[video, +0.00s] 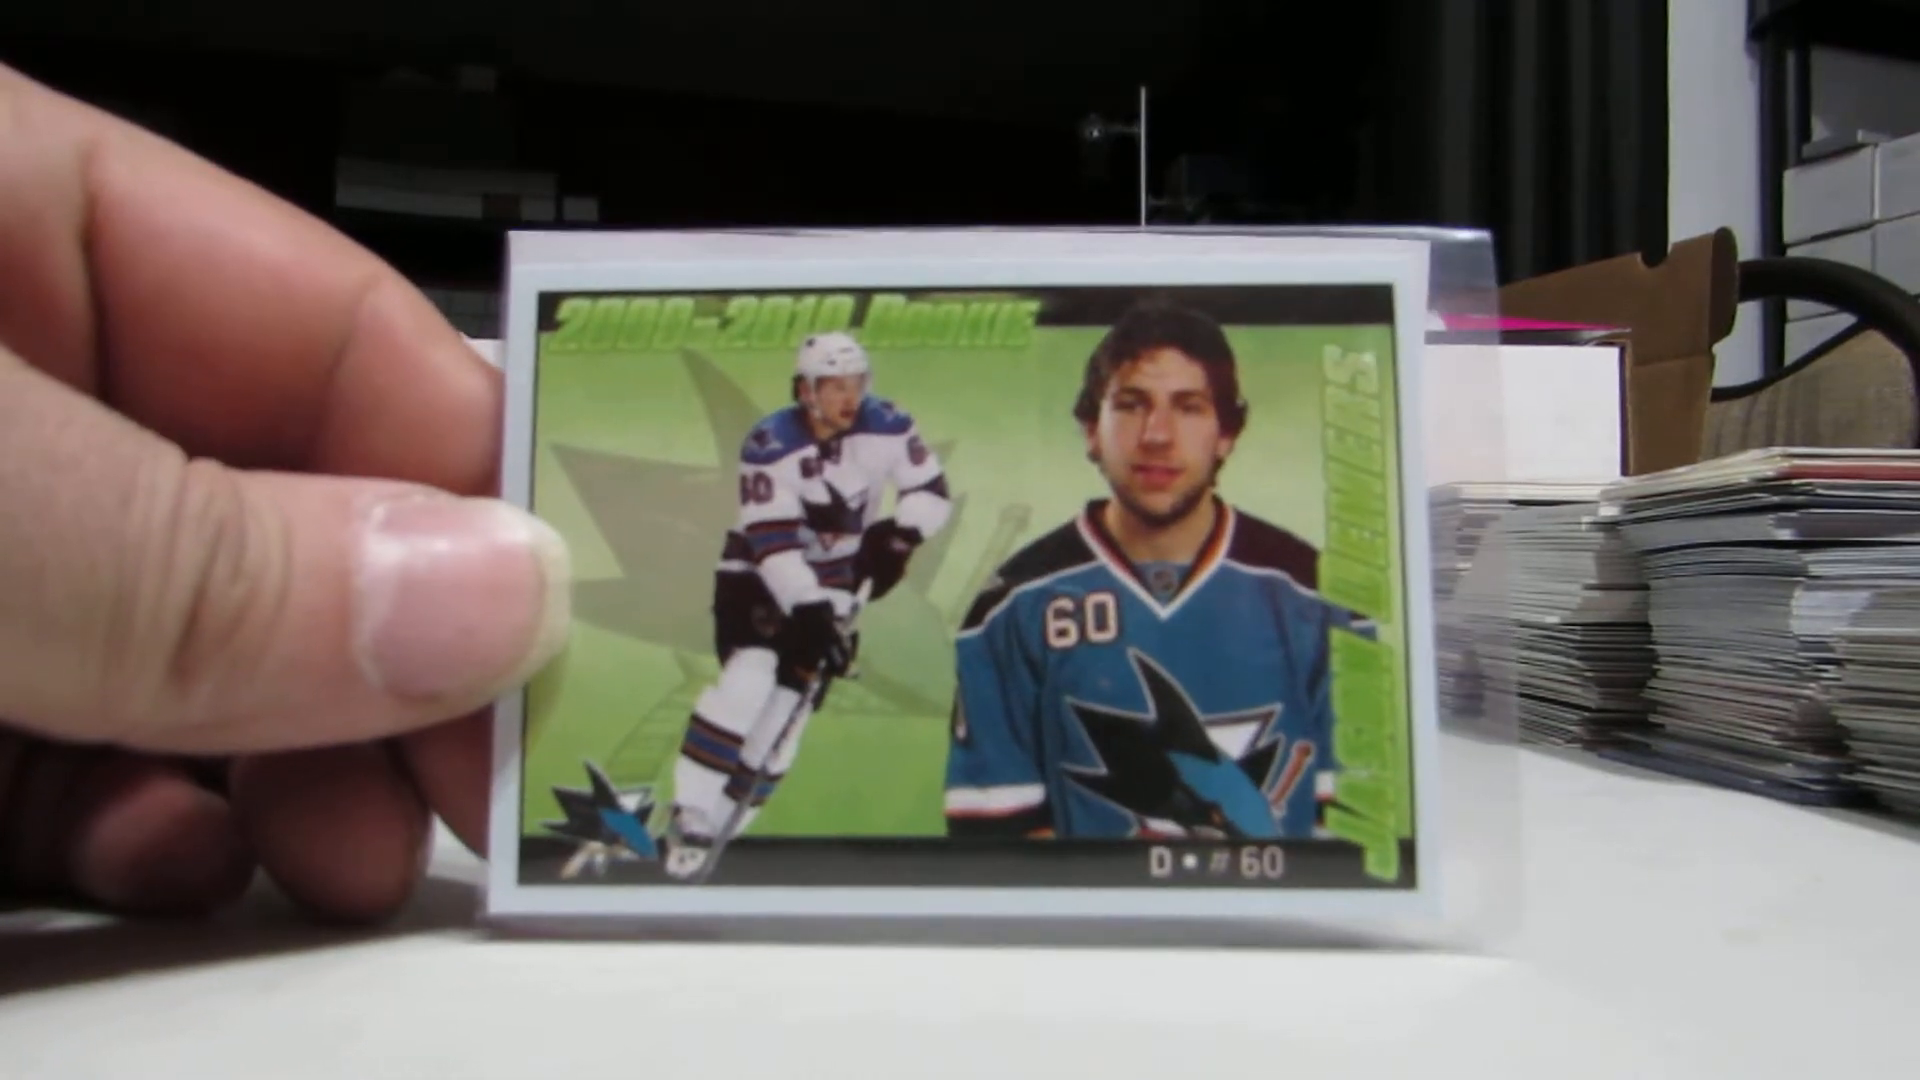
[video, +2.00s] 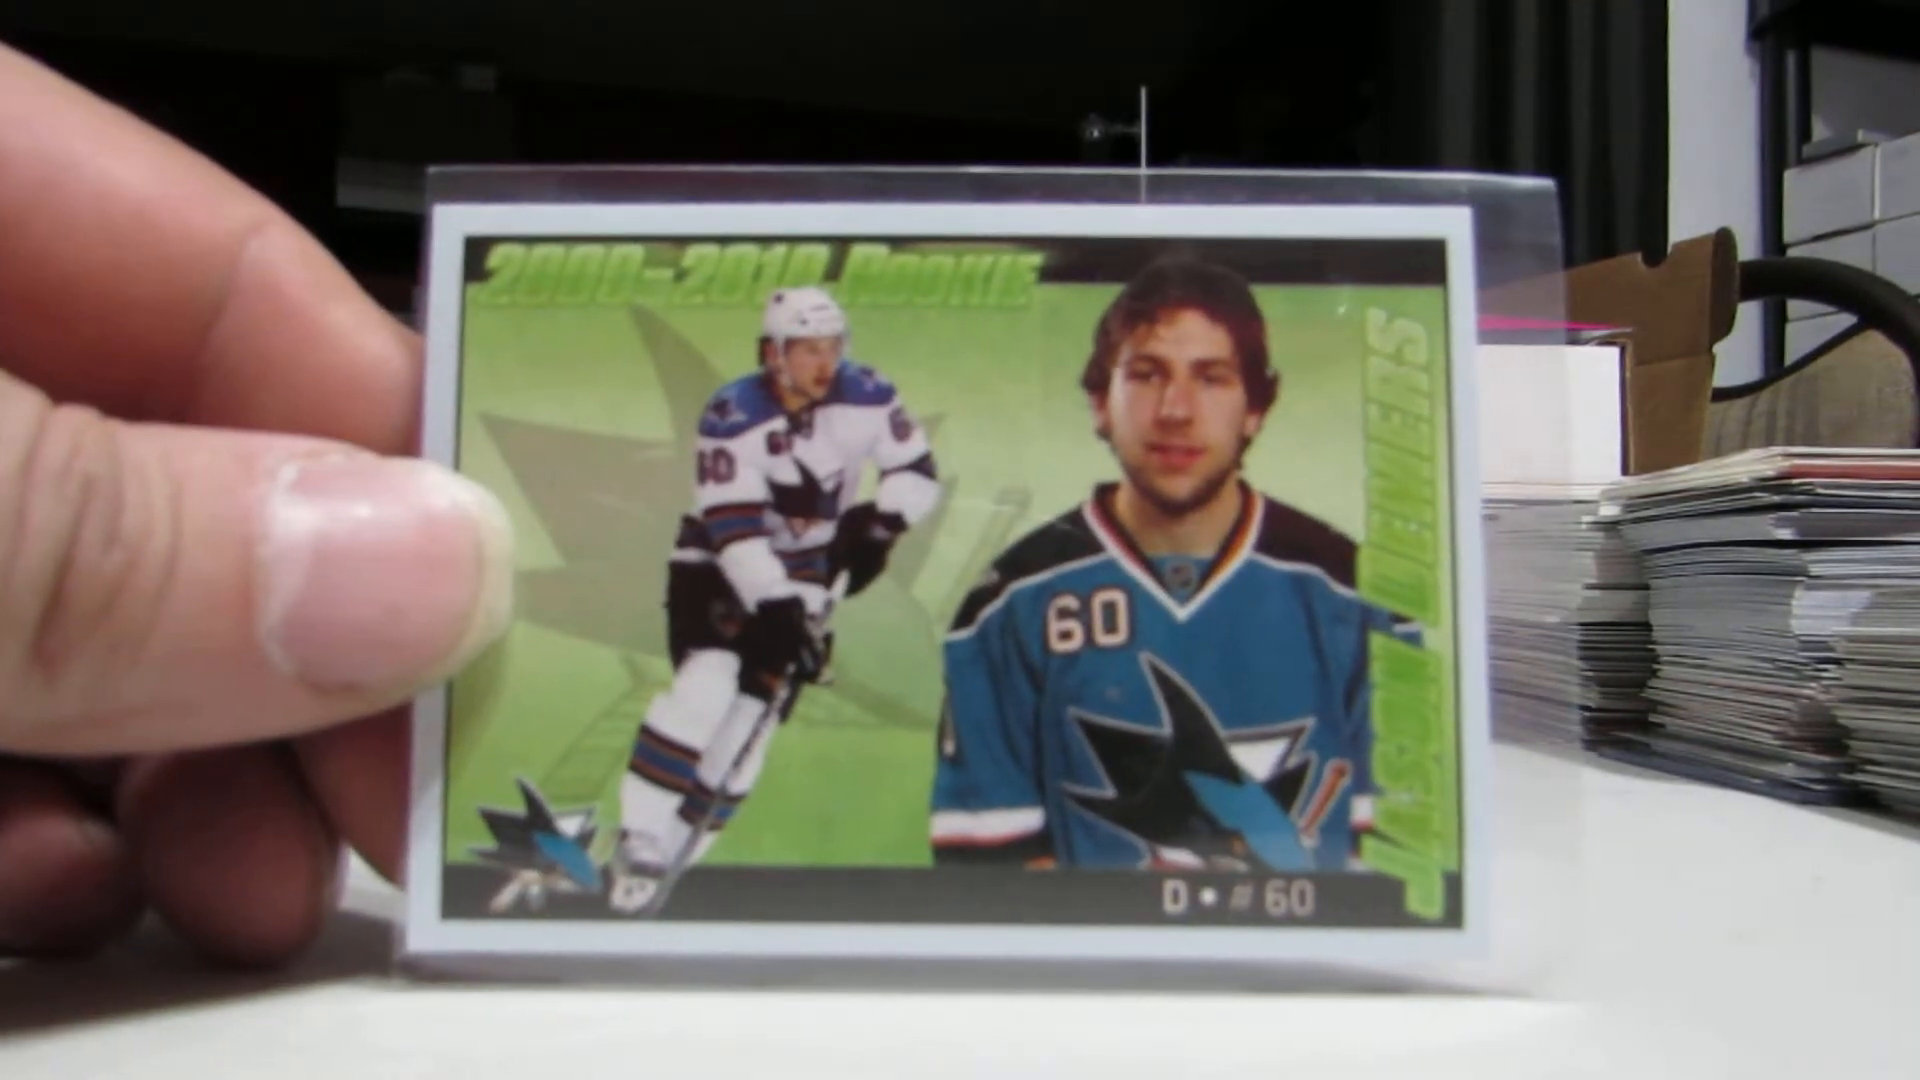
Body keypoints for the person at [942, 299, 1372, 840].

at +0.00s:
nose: (1157, 433)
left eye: (1187, 407)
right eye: (1131, 405)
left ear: (1225, 435)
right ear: (1092, 432)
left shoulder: (1315, 590)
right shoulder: (1017, 604)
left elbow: (1356, 823)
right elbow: (998, 839)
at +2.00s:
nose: (1175, 408)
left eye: (1210, 377)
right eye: (1145, 374)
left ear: (1254, 410)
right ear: (1101, 404)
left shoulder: (1350, 586)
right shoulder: (1014, 603)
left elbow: (1394, 850)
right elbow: (990, 874)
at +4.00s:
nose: (1175, 409)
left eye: (1211, 379)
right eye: (1145, 375)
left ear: (1253, 412)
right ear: (1101, 406)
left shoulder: (1351, 587)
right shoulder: (1013, 603)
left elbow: (1396, 853)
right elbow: (990, 874)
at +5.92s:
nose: (1177, 411)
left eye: (1212, 381)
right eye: (1147, 377)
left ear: (1255, 414)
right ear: (1103, 407)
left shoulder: (1355, 588)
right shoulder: (1017, 605)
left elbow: (1402, 852)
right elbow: (994, 873)